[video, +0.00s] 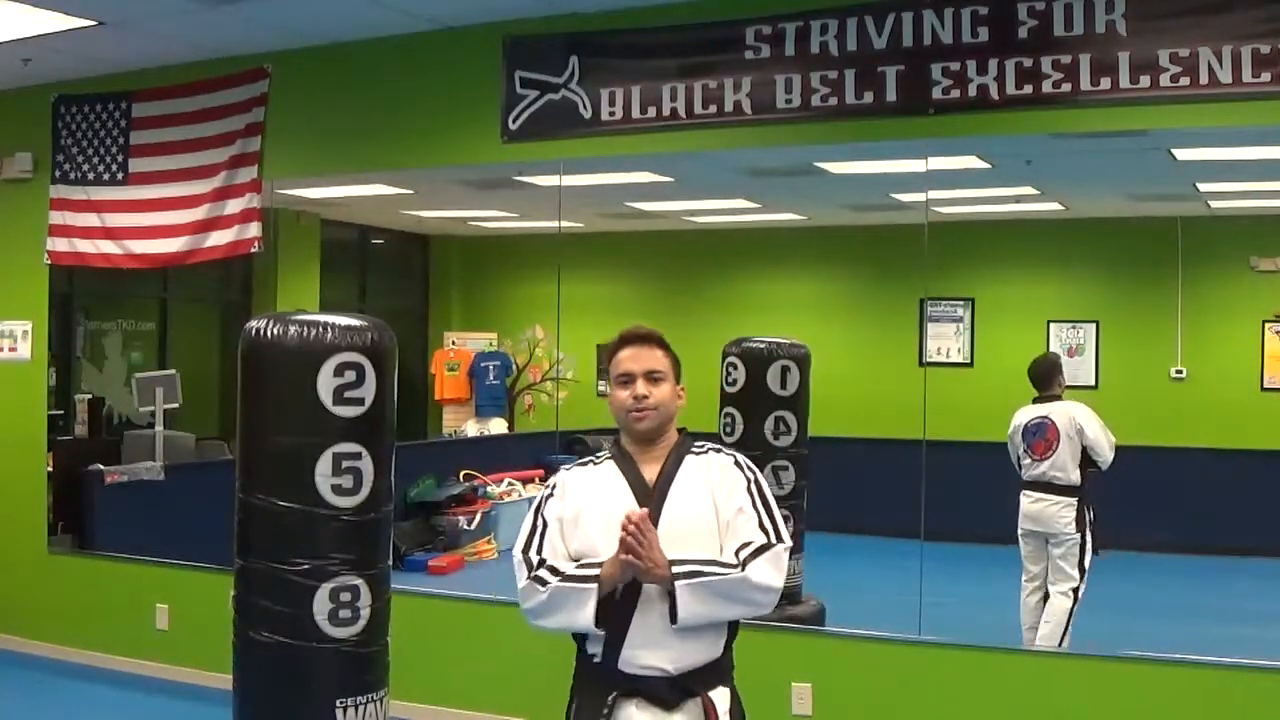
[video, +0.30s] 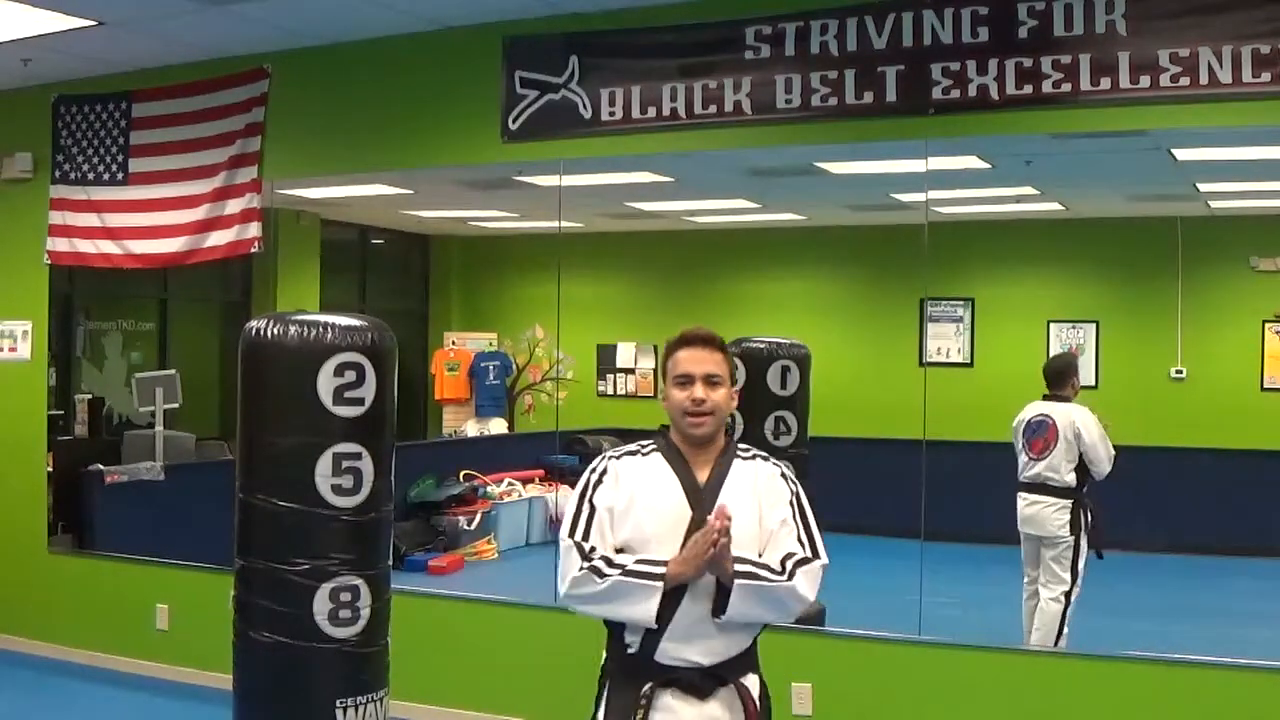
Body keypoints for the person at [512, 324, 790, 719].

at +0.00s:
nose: (640, 392)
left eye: (655, 379)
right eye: (625, 381)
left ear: (679, 394)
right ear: (609, 396)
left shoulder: (730, 474)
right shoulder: (569, 485)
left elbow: (764, 581)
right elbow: (535, 592)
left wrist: (669, 573)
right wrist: (611, 572)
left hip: (702, 698)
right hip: (604, 697)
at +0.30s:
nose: (698, 396)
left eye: (712, 383)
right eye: (683, 383)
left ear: (733, 397)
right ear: (663, 395)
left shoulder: (772, 479)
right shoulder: (613, 473)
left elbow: (801, 587)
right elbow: (577, 575)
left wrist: (731, 571)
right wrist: (672, 571)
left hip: (733, 695)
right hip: (637, 692)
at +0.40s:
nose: (712, 398)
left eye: (726, 386)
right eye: (698, 384)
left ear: (743, 398)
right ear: (674, 394)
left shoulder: (780, 479)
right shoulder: (623, 472)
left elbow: (808, 588)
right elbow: (587, 575)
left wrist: (736, 568)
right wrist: (679, 567)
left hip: (739, 694)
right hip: (643, 690)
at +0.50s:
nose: (736, 400)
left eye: (745, 387)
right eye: (719, 386)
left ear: (753, 392)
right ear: (682, 394)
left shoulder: (784, 476)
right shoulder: (628, 471)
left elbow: (814, 582)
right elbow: (594, 576)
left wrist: (739, 563)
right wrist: (685, 560)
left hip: (744, 692)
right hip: (649, 691)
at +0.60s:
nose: (749, 400)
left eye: (753, 388)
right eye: (731, 387)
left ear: (760, 392)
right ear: (689, 398)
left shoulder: (787, 476)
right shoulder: (630, 472)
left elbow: (817, 580)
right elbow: (599, 578)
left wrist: (739, 561)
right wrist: (687, 555)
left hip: (748, 692)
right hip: (653, 690)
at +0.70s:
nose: (752, 400)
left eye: (755, 388)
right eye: (734, 387)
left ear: (761, 391)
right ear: (691, 399)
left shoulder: (787, 475)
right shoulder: (631, 472)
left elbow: (817, 579)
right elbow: (602, 578)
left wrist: (740, 561)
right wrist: (692, 552)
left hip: (751, 692)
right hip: (658, 691)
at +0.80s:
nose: (746, 402)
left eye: (751, 389)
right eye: (728, 389)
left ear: (758, 394)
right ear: (688, 400)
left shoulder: (787, 474)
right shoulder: (632, 471)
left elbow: (819, 579)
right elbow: (604, 578)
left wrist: (742, 559)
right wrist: (695, 551)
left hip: (753, 693)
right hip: (660, 692)